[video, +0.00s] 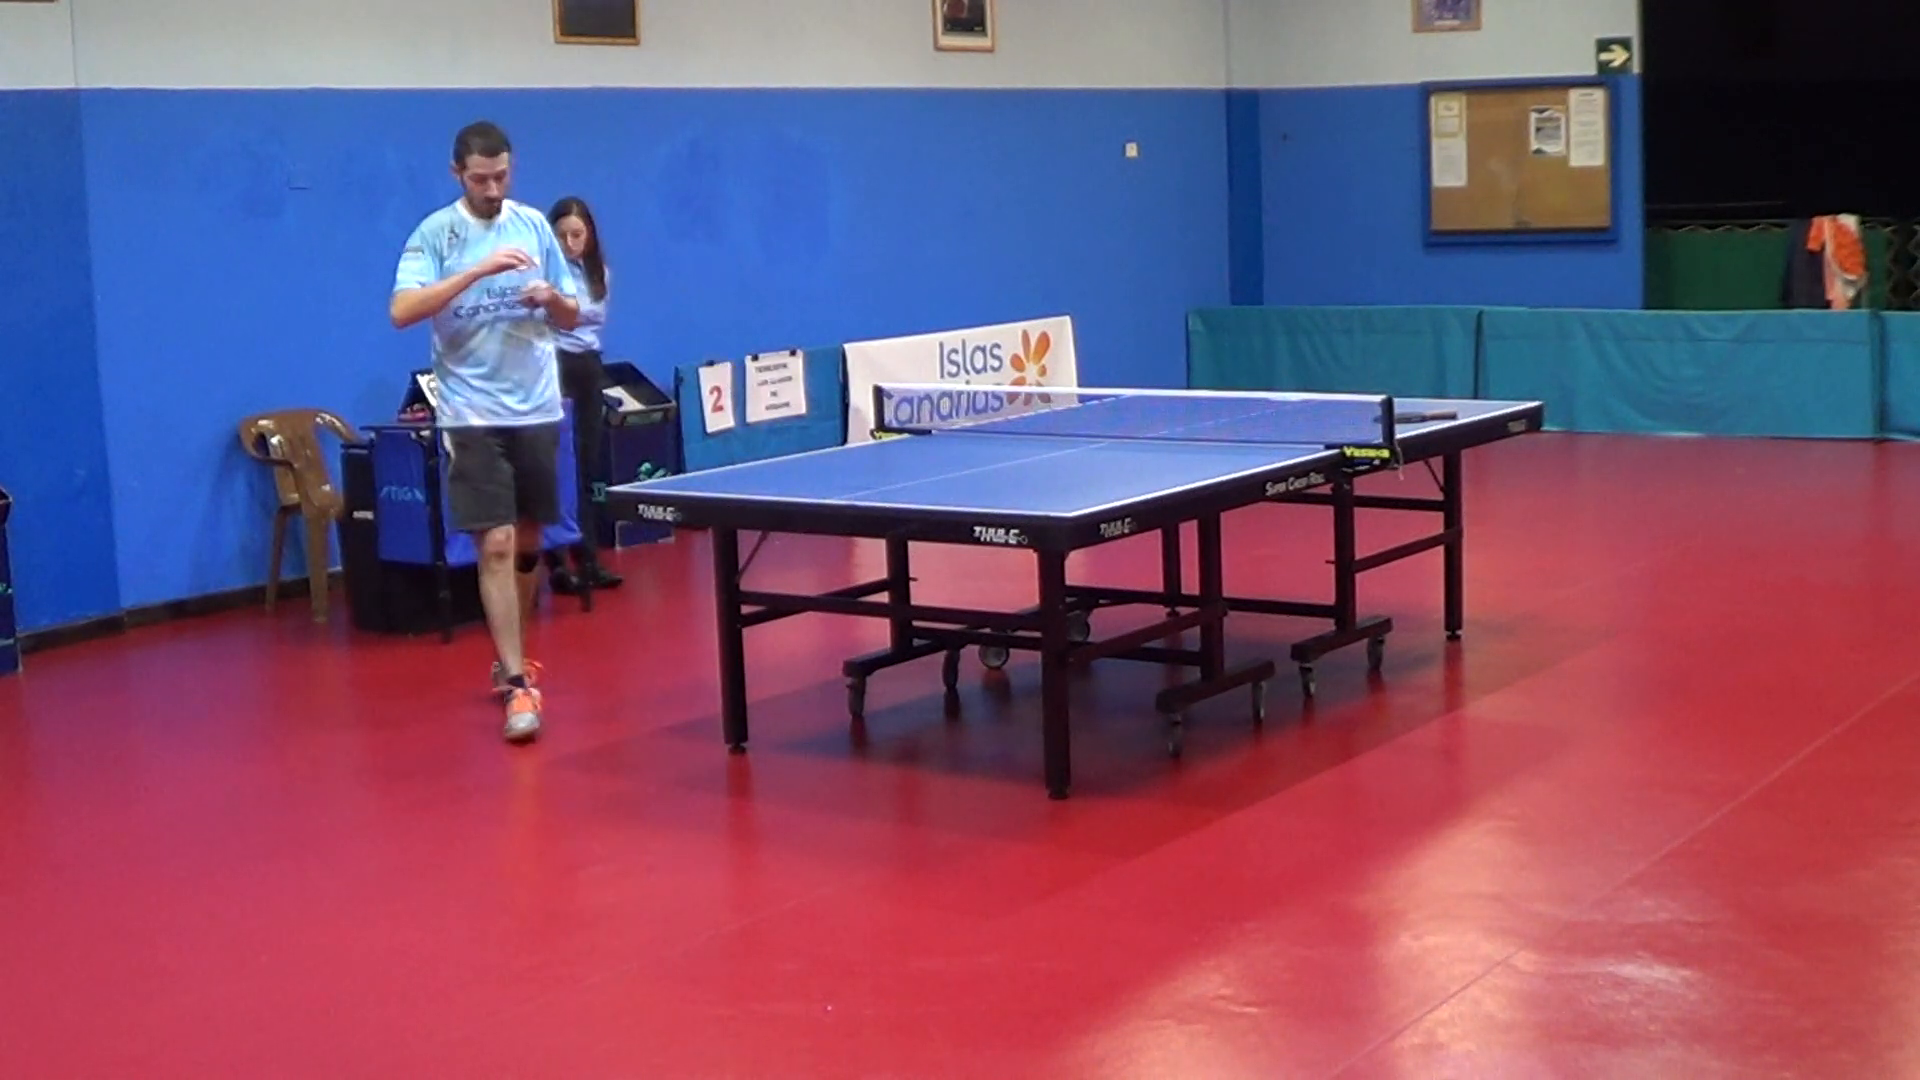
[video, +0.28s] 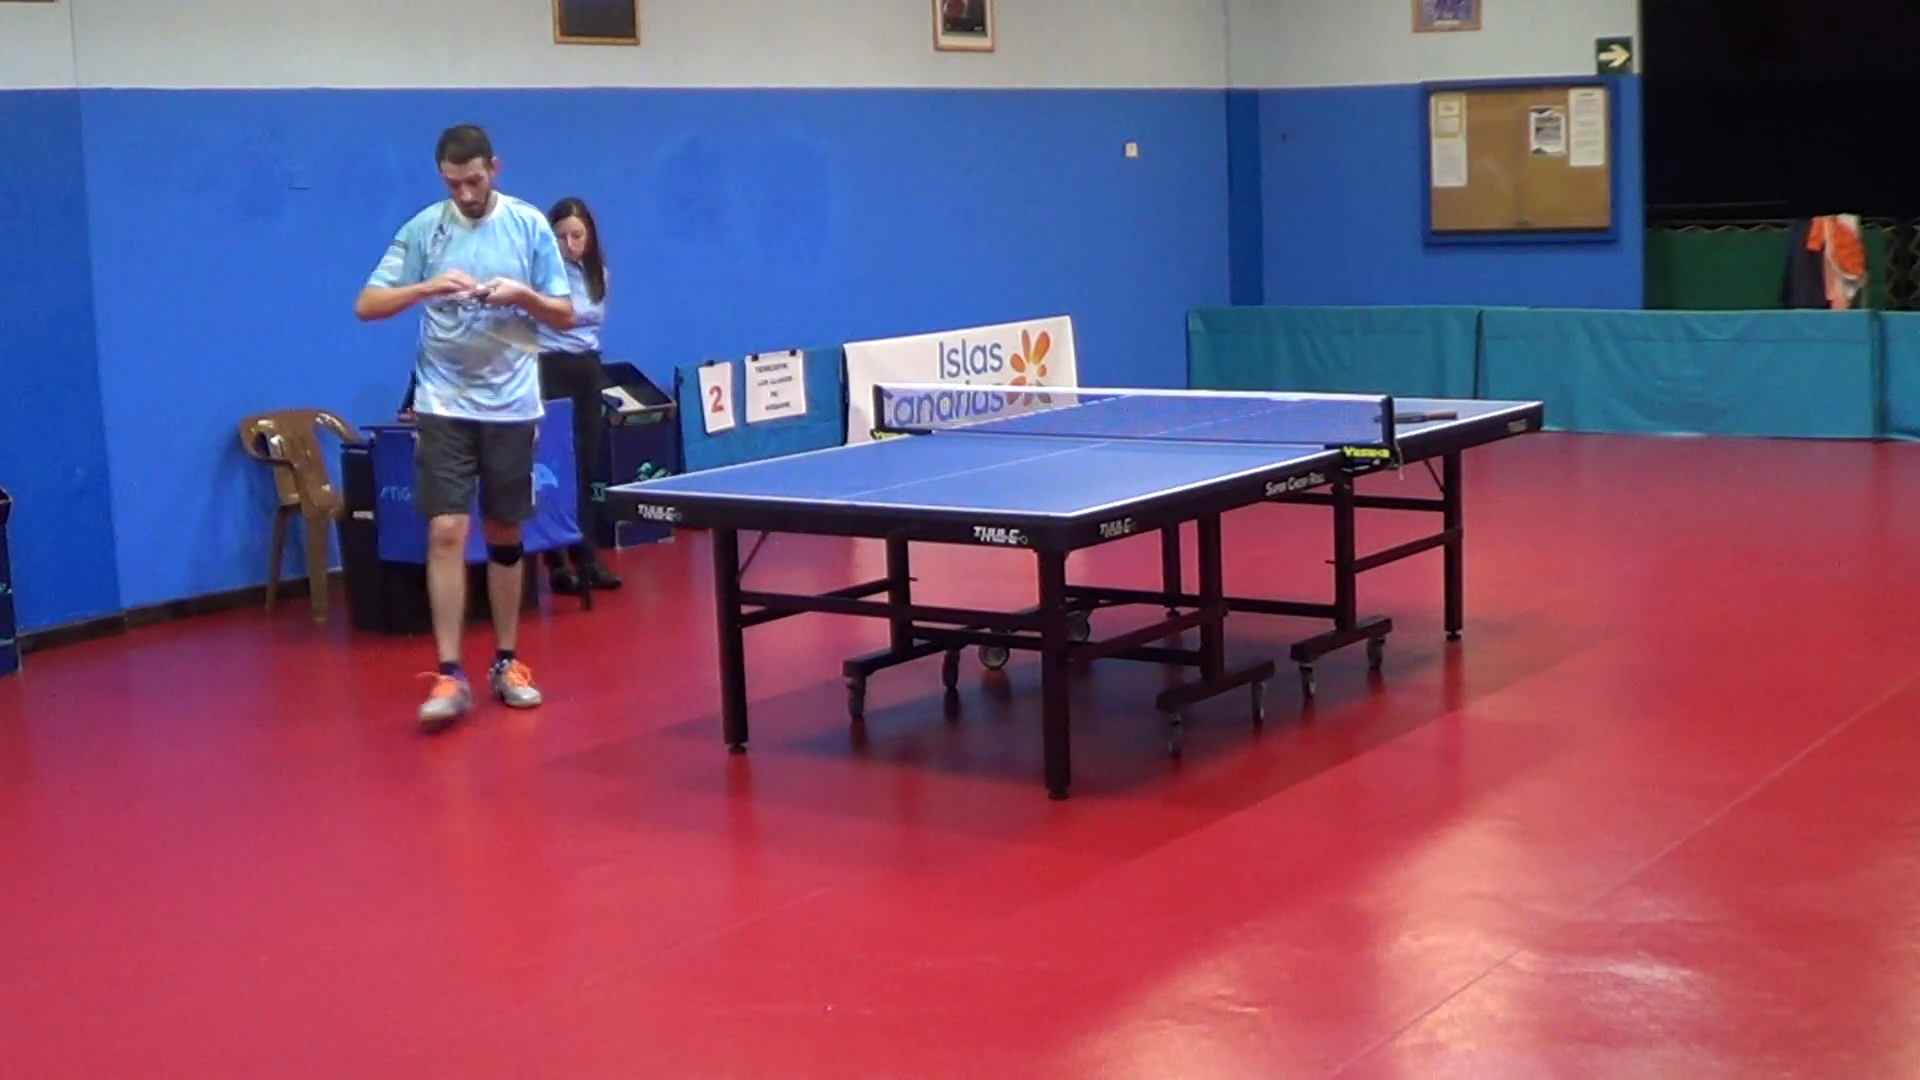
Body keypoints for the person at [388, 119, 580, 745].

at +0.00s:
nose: (492, 188)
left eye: (500, 177)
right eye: (482, 179)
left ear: (510, 169)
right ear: (459, 173)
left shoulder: (534, 225)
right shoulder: (434, 232)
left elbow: (571, 317)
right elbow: (402, 310)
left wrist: (551, 298)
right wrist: (475, 272)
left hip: (537, 407)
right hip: (472, 410)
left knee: (528, 546)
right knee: (497, 543)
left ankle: (514, 661)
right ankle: (517, 684)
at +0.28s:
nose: (465, 193)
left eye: (473, 181)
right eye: (454, 184)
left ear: (492, 168)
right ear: (442, 177)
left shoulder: (530, 224)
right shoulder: (424, 228)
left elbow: (567, 314)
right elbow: (366, 304)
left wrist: (523, 293)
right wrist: (425, 289)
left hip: (513, 404)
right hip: (443, 402)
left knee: (505, 536)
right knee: (445, 531)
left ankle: (508, 664)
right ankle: (450, 677)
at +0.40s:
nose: (447, 195)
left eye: (453, 183)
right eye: (436, 186)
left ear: (476, 169)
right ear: (426, 180)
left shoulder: (520, 224)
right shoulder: (412, 230)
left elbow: (558, 311)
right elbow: (347, 299)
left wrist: (505, 294)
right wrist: (394, 286)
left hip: (501, 407)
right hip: (431, 408)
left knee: (501, 535)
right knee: (419, 533)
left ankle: (507, 664)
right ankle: (412, 673)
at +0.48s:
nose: (431, 194)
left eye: (437, 181)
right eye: (420, 186)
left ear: (461, 166)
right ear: (412, 184)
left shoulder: (511, 223)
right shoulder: (405, 232)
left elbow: (550, 309)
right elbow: (338, 296)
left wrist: (490, 296)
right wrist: (371, 286)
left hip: (492, 407)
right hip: (422, 408)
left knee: (497, 533)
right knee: (402, 530)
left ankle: (506, 664)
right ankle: (393, 669)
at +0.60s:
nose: (398, 196)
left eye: (404, 182)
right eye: (389, 187)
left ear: (432, 168)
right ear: (384, 187)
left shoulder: (488, 223)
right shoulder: (389, 236)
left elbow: (531, 306)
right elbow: (335, 308)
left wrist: (458, 295)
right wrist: (341, 280)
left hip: (476, 407)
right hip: (407, 408)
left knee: (490, 530)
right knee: (386, 524)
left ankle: (506, 662)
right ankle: (378, 660)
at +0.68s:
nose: (372, 200)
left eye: (376, 187)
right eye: (365, 192)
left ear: (406, 170)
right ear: (370, 188)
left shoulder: (468, 223)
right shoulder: (377, 240)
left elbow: (507, 306)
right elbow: (331, 314)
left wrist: (429, 295)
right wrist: (330, 285)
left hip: (461, 405)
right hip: (397, 409)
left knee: (482, 531)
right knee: (384, 525)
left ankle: (505, 661)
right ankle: (375, 657)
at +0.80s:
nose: (336, 206)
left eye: (338, 192)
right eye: (330, 197)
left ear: (369, 175)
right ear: (350, 185)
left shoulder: (431, 223)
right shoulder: (360, 241)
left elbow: (465, 308)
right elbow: (321, 322)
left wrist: (383, 297)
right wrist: (315, 293)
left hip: (432, 412)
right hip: (376, 415)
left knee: (464, 535)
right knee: (382, 531)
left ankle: (501, 661)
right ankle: (375, 659)